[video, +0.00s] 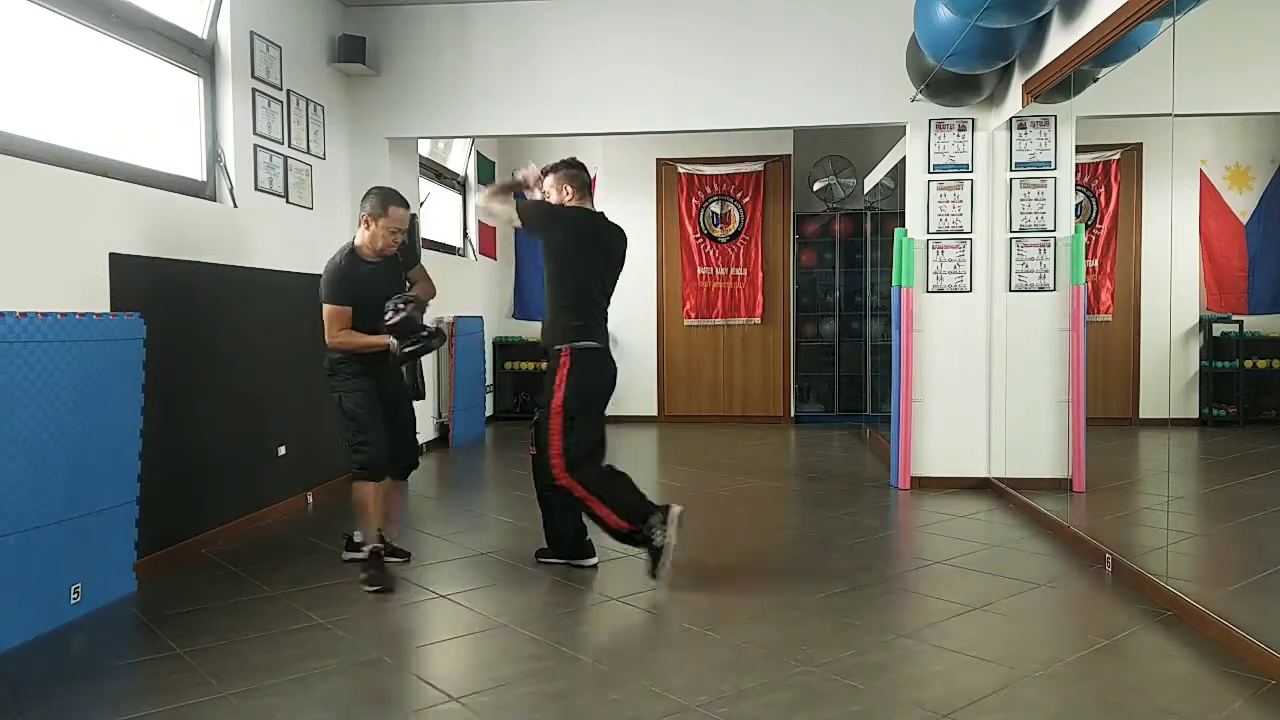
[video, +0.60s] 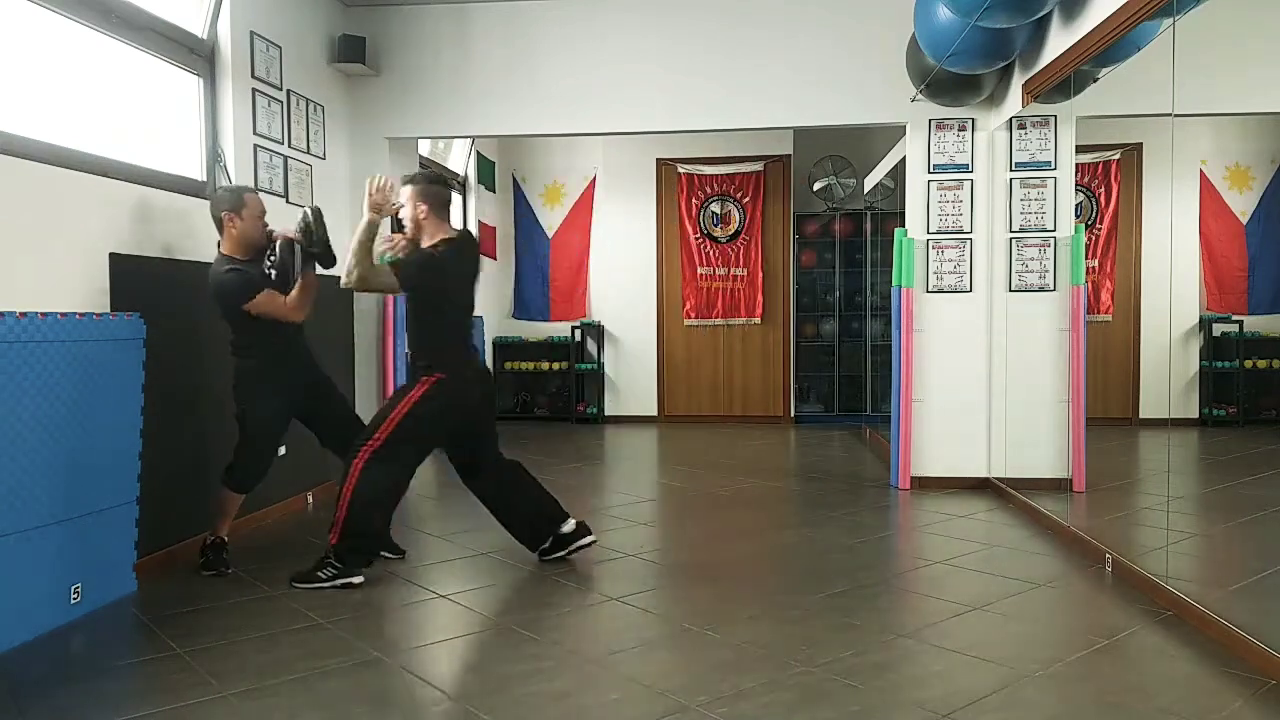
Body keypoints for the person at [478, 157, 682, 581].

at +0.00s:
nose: (547, 199)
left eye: (548, 192)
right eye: (546, 192)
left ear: (565, 192)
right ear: (587, 193)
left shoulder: (556, 219)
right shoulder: (614, 233)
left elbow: (487, 202)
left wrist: (518, 183)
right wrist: (533, 190)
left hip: (571, 360)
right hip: (594, 359)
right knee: (547, 456)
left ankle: (649, 523)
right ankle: (570, 547)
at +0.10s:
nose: (543, 199)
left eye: (546, 190)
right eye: (543, 192)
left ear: (567, 184)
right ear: (577, 186)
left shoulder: (582, 215)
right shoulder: (585, 224)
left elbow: (510, 180)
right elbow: (523, 216)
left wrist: (492, 153)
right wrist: (499, 168)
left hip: (552, 349)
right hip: (574, 353)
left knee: (472, 425)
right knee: (552, 450)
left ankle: (539, 489)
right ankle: (569, 545)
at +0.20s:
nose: (540, 209)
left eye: (543, 200)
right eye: (538, 203)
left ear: (567, 194)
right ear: (567, 198)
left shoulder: (581, 231)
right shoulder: (559, 236)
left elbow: (512, 237)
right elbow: (502, 260)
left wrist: (492, 198)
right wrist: (489, 211)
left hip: (524, 347)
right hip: (533, 352)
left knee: (426, 349)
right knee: (522, 445)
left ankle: (462, 430)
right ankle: (571, 541)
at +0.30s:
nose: (524, 220)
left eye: (527, 210)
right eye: (522, 213)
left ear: (551, 206)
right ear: (554, 209)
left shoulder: (565, 252)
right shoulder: (555, 252)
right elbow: (506, 302)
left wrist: (490, 258)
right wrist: (487, 261)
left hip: (498, 357)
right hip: (515, 365)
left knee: (398, 351)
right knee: (518, 457)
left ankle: (447, 428)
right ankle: (571, 541)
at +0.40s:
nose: (499, 221)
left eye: (502, 213)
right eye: (498, 214)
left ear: (524, 212)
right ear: (535, 214)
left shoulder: (528, 256)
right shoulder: (561, 260)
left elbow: (461, 293)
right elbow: (502, 290)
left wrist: (462, 249)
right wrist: (484, 260)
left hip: (482, 370)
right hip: (513, 376)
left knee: (384, 406)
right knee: (508, 458)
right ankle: (567, 541)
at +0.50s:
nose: (463, 223)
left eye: (467, 214)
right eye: (463, 215)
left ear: (490, 214)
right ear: (503, 216)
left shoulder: (482, 255)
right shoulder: (537, 263)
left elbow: (406, 274)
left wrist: (419, 226)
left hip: (461, 380)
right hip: (498, 382)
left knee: (381, 455)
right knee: (504, 467)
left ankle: (366, 557)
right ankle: (562, 540)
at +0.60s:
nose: (400, 216)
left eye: (403, 209)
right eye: (399, 209)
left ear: (421, 210)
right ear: (440, 210)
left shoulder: (430, 261)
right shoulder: (464, 248)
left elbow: (357, 277)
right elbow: (428, 275)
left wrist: (370, 217)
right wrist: (404, 252)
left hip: (437, 382)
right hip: (467, 378)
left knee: (371, 457)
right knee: (483, 465)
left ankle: (345, 560)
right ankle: (559, 529)